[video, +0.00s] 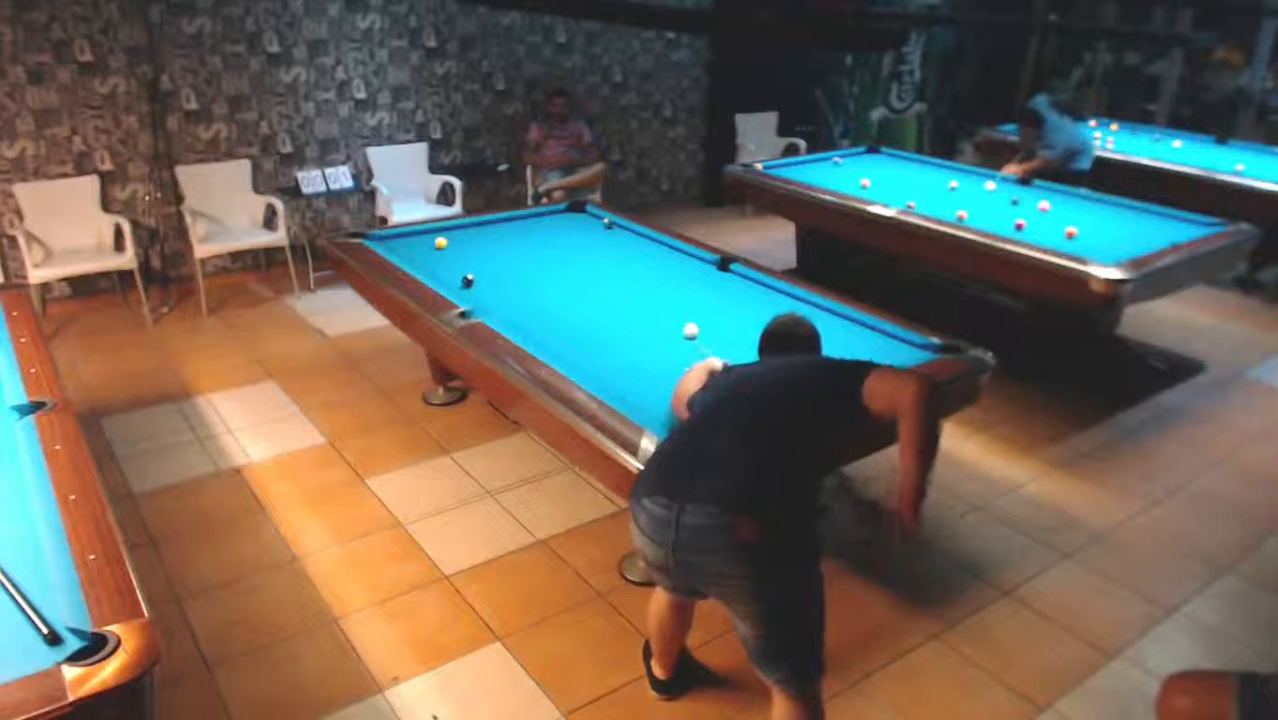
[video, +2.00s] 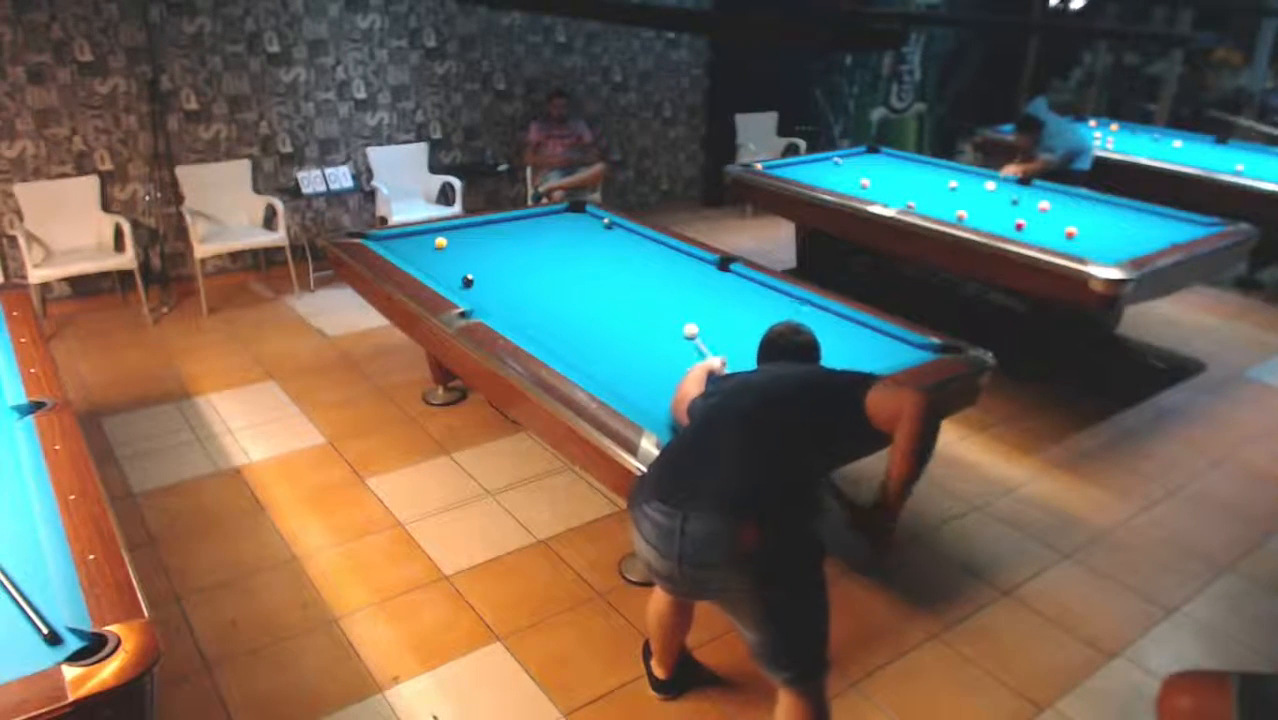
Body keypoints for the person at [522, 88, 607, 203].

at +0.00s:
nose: (559, 110)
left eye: (563, 106)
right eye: (555, 106)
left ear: (568, 108)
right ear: (548, 107)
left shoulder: (578, 126)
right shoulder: (539, 127)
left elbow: (593, 155)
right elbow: (528, 156)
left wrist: (572, 160)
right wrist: (552, 161)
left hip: (576, 166)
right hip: (550, 169)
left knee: (602, 169)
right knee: (558, 196)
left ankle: (551, 186)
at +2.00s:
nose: (559, 111)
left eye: (563, 107)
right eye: (556, 107)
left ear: (568, 108)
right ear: (549, 108)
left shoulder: (578, 125)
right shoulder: (538, 126)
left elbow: (593, 154)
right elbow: (529, 158)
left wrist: (570, 160)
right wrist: (557, 161)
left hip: (576, 166)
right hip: (550, 169)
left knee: (601, 168)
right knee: (558, 196)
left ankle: (549, 187)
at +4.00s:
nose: (562, 111)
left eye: (565, 107)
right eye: (558, 107)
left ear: (570, 108)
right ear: (551, 108)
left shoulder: (579, 126)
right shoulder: (540, 127)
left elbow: (593, 154)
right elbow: (529, 157)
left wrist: (570, 160)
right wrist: (554, 162)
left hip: (577, 166)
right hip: (550, 170)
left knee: (601, 169)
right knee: (558, 196)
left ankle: (552, 185)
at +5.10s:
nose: (565, 111)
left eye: (568, 107)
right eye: (561, 107)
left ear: (572, 108)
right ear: (552, 108)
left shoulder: (579, 126)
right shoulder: (539, 127)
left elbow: (593, 155)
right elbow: (529, 157)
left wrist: (572, 161)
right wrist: (555, 161)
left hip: (577, 167)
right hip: (551, 169)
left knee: (601, 169)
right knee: (559, 196)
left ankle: (551, 186)